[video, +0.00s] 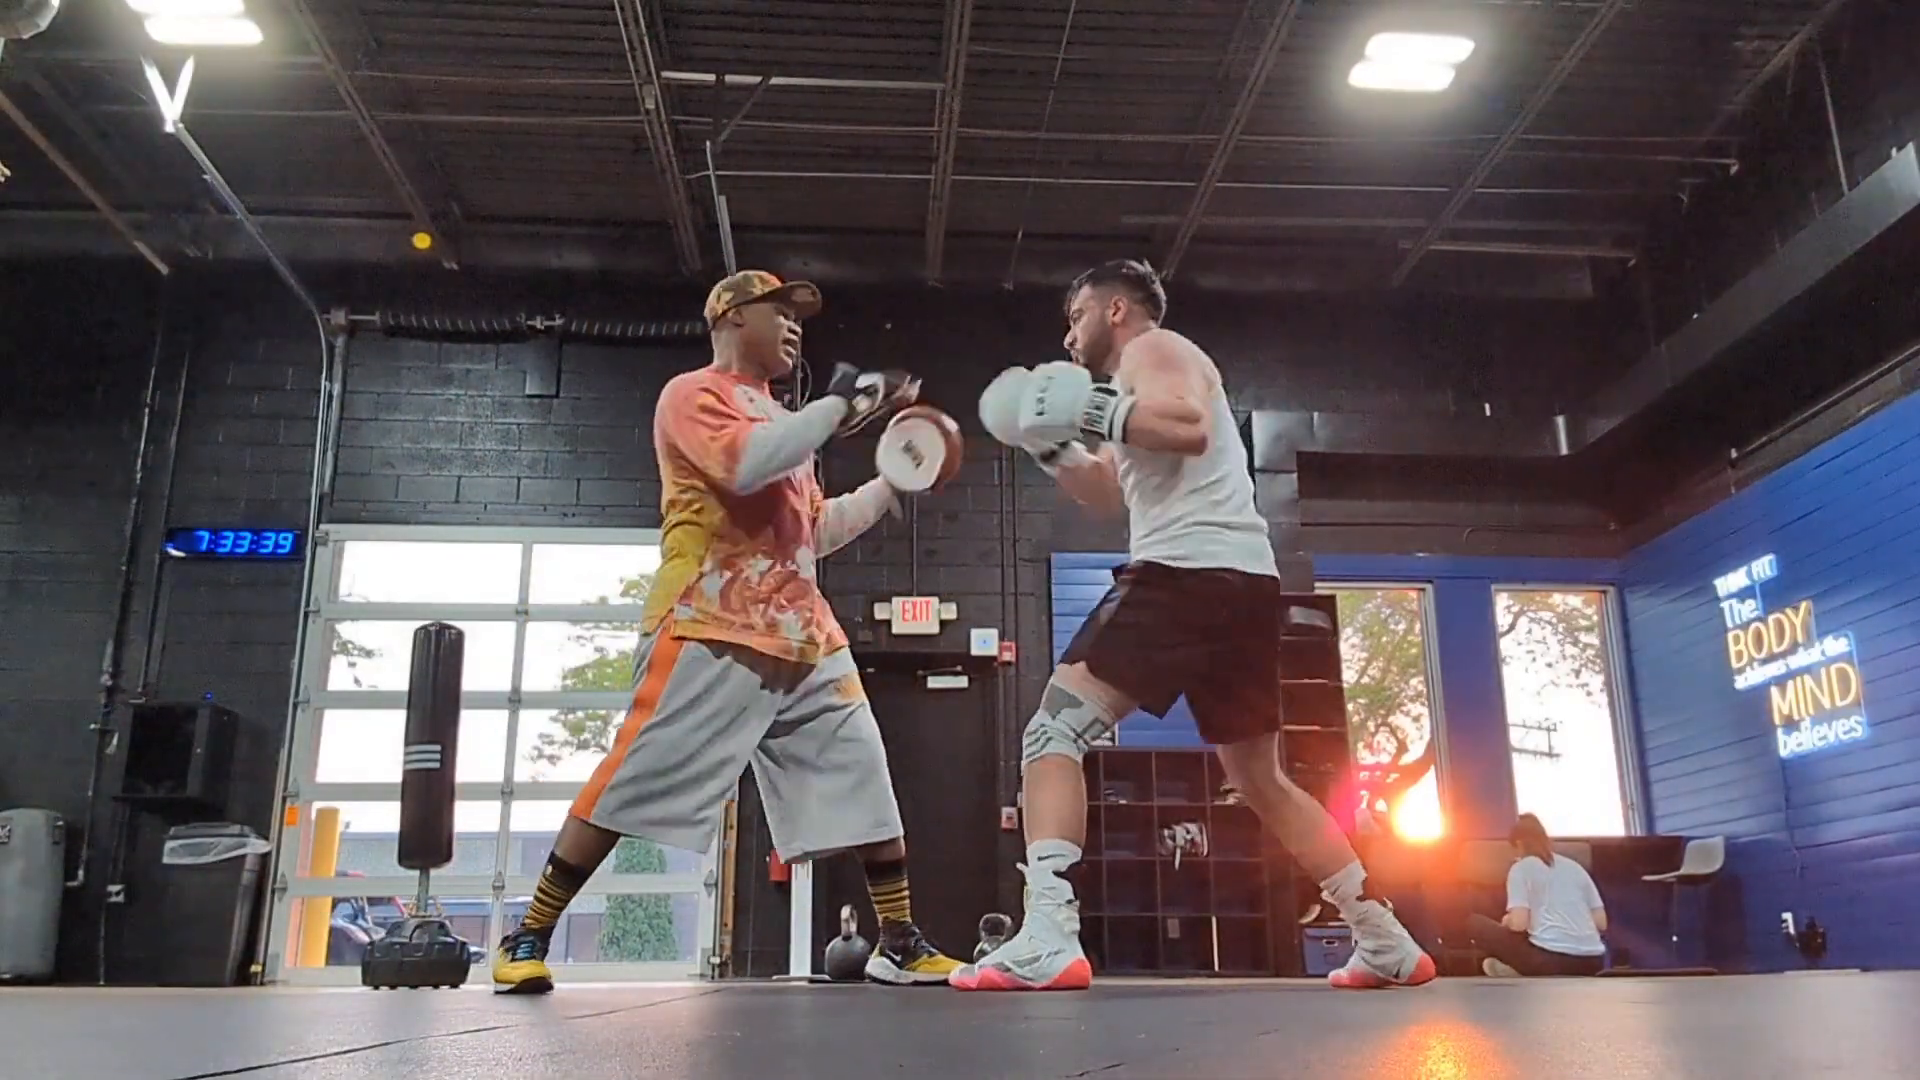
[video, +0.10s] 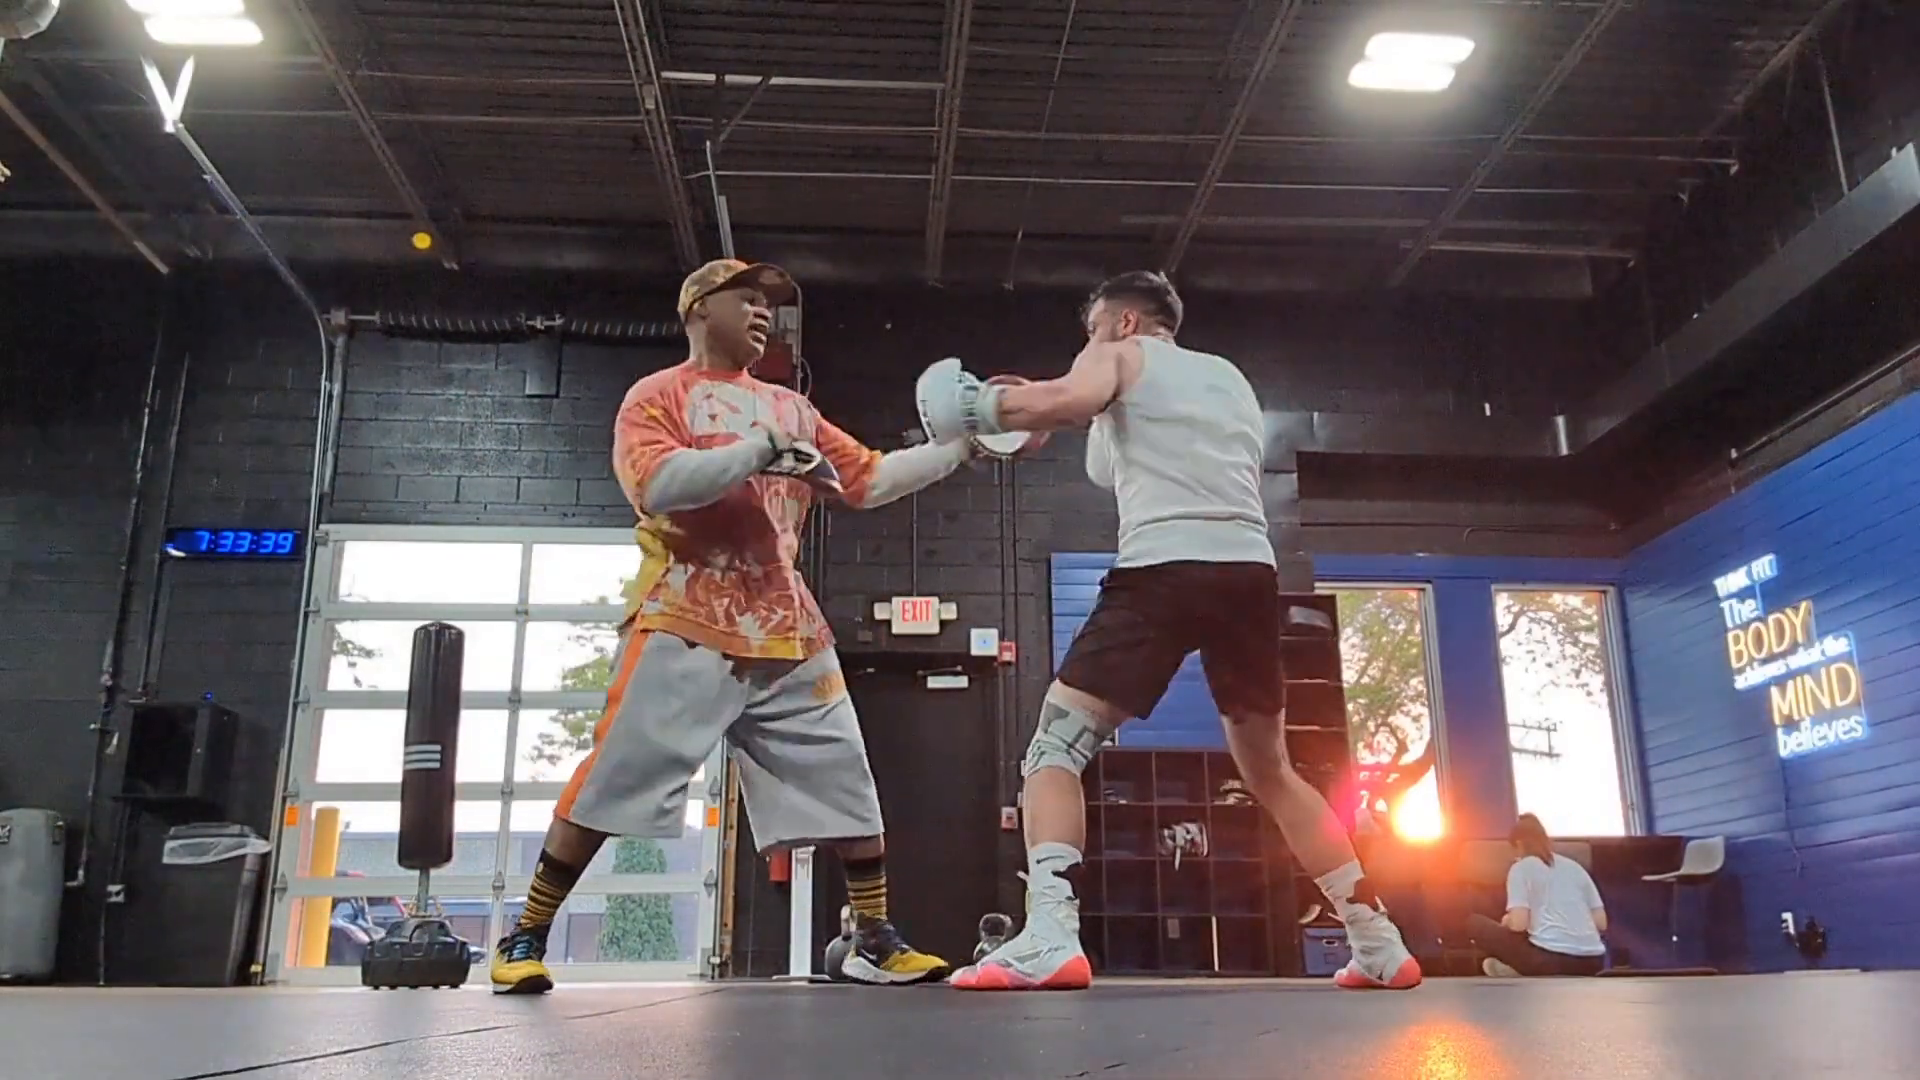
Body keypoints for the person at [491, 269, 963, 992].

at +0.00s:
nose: (797, 327)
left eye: (795, 317)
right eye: (781, 313)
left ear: (765, 331)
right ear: (733, 321)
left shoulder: (783, 424)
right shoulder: (689, 393)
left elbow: (813, 532)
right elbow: (743, 465)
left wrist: (892, 480)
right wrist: (845, 404)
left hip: (800, 620)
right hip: (711, 619)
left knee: (862, 765)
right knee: (634, 772)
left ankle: (897, 937)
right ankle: (530, 936)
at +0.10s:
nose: (762, 309)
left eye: (766, 301)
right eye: (745, 295)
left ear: (767, 324)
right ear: (698, 310)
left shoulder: (789, 409)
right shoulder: (655, 397)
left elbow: (867, 480)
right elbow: (657, 484)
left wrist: (966, 442)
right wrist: (764, 447)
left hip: (786, 616)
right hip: (687, 612)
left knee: (846, 765)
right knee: (618, 768)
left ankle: (871, 936)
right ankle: (527, 937)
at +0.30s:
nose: (774, 317)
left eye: (779, 305)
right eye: (755, 303)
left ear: (787, 317)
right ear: (718, 319)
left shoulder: (807, 406)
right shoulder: (686, 392)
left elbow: (841, 512)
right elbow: (737, 453)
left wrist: (862, 483)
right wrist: (751, 355)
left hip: (786, 610)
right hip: (693, 604)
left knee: (823, 762)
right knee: (625, 755)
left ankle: (821, 937)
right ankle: (535, 930)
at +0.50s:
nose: (770, 323)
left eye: (772, 313)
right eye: (755, 310)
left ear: (765, 329)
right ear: (705, 321)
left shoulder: (787, 400)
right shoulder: (671, 394)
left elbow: (858, 456)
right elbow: (742, 432)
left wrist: (794, 457)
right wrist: (823, 358)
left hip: (785, 620)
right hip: (690, 612)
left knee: (833, 754)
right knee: (608, 762)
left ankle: (820, 935)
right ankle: (494, 922)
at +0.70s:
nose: (735, 377)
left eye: (739, 364)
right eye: (721, 366)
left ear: (742, 364)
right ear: (675, 370)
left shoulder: (765, 433)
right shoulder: (619, 445)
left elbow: (874, 455)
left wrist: (820, 440)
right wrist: (660, 406)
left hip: (768, 638)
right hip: (660, 640)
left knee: (861, 765)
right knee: (596, 767)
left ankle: (907, 932)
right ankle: (482, 936)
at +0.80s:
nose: (758, 387)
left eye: (760, 373)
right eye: (744, 371)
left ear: (755, 377)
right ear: (693, 370)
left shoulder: (782, 443)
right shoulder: (632, 458)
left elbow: (889, 479)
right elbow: (556, 561)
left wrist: (843, 431)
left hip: (778, 649)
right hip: (671, 649)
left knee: (874, 780)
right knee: (598, 772)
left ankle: (933, 945)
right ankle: (482, 938)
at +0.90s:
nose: (790, 389)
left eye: (792, 376)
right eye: (774, 373)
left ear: (794, 383)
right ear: (727, 373)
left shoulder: (816, 451)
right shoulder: (667, 456)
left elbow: (909, 485)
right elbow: (593, 551)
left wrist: (904, 425)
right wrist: (626, 588)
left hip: (794, 654)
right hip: (684, 656)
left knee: (885, 781)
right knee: (605, 779)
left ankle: (934, 945)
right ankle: (483, 938)